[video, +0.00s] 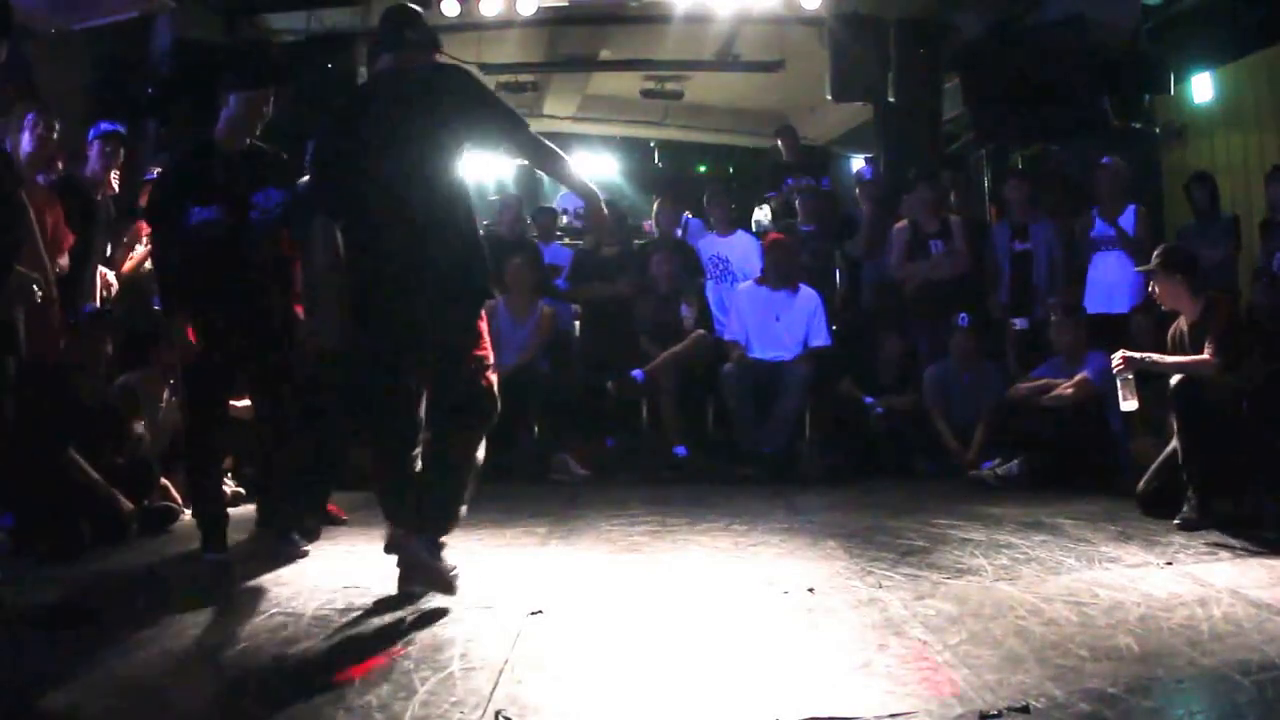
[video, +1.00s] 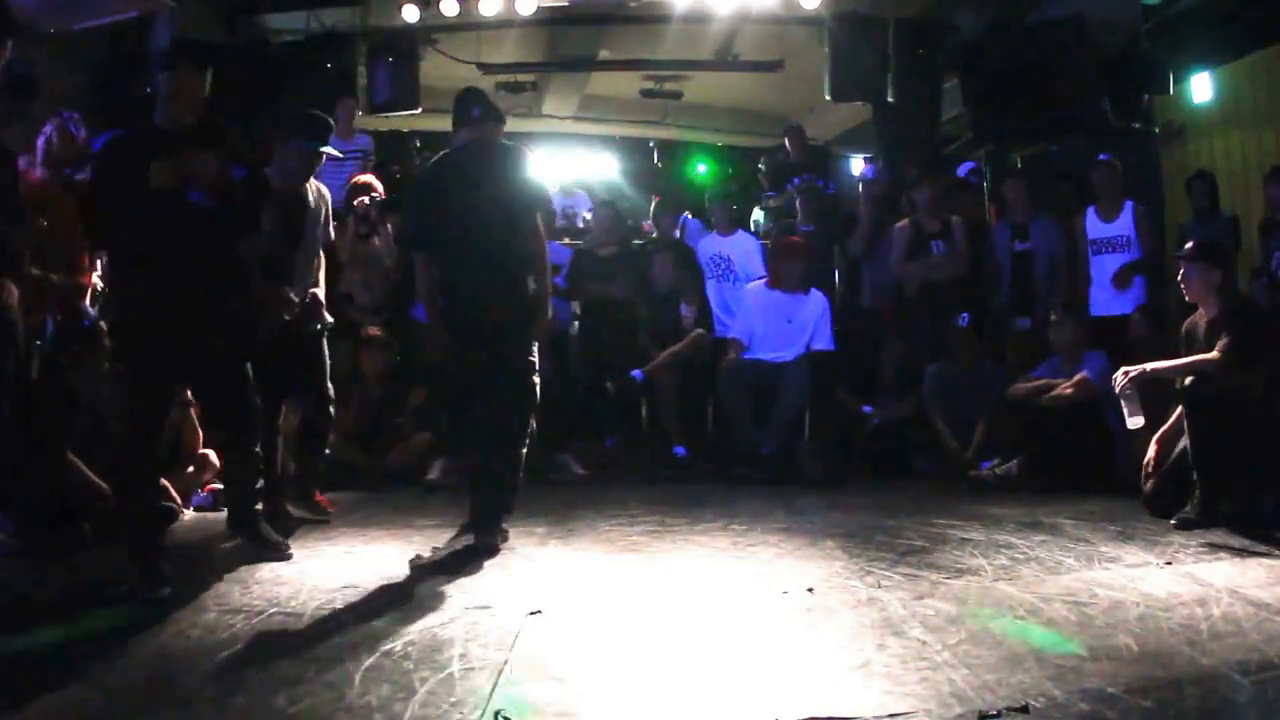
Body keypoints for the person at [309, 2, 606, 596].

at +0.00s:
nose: (431, 62)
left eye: (420, 57)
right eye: (431, 52)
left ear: (374, 56)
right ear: (431, 49)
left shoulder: (350, 108)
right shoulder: (447, 81)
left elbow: (321, 200)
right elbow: (527, 145)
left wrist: (324, 281)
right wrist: (590, 195)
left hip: (375, 277)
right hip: (445, 270)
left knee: (391, 407)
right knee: (472, 399)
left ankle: (409, 543)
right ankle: (424, 537)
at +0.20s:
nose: (460, 72)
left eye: (456, 64)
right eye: (457, 63)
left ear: (404, 65)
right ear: (446, 60)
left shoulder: (371, 120)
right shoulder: (470, 101)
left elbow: (342, 215)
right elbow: (546, 160)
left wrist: (350, 289)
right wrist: (611, 206)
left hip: (395, 288)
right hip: (464, 277)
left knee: (397, 418)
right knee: (479, 408)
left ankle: (416, 557)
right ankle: (488, 535)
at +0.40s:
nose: (493, 95)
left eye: (492, 85)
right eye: (488, 85)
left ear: (437, 84)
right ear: (466, 82)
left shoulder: (395, 142)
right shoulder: (492, 131)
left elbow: (374, 227)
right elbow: (556, 196)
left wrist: (381, 297)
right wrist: (616, 250)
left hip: (408, 303)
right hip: (475, 296)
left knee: (413, 422)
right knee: (487, 412)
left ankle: (419, 553)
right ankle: (491, 531)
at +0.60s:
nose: (499, 101)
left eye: (496, 94)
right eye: (497, 92)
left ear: (450, 91)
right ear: (490, 90)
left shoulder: (412, 144)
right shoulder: (506, 129)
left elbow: (394, 226)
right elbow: (556, 194)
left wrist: (406, 293)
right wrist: (603, 252)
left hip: (436, 289)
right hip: (497, 286)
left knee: (447, 394)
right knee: (505, 411)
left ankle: (434, 479)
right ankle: (490, 530)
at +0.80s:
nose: (504, 112)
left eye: (502, 106)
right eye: (500, 105)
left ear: (457, 104)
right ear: (485, 102)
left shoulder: (431, 155)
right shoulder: (511, 140)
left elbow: (409, 238)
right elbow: (564, 198)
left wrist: (423, 304)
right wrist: (602, 244)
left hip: (451, 294)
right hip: (504, 288)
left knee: (472, 395)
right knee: (513, 401)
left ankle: (481, 505)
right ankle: (490, 519)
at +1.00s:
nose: (496, 134)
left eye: (491, 127)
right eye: (494, 126)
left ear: (455, 126)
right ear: (495, 124)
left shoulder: (433, 175)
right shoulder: (515, 164)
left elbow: (422, 256)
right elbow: (537, 241)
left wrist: (429, 314)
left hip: (456, 308)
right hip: (510, 305)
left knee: (469, 407)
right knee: (516, 409)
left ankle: (483, 513)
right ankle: (491, 517)